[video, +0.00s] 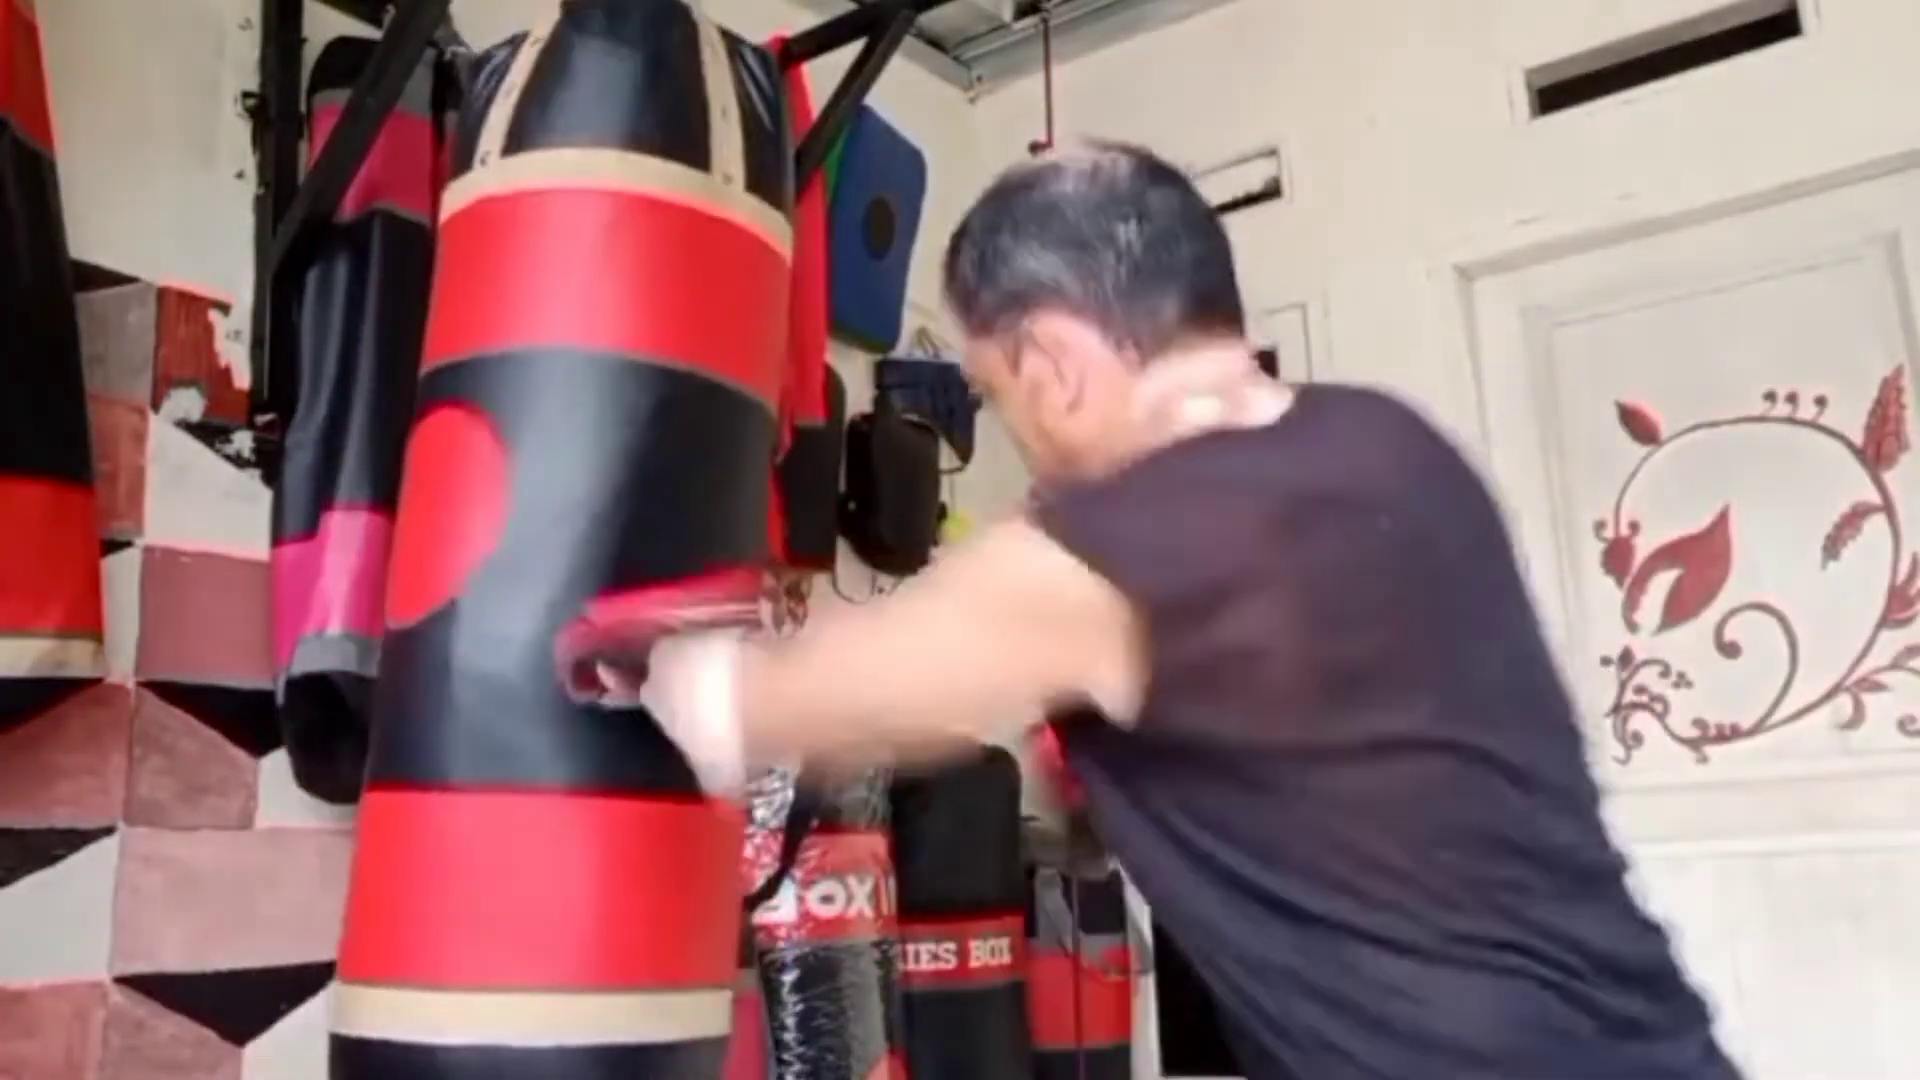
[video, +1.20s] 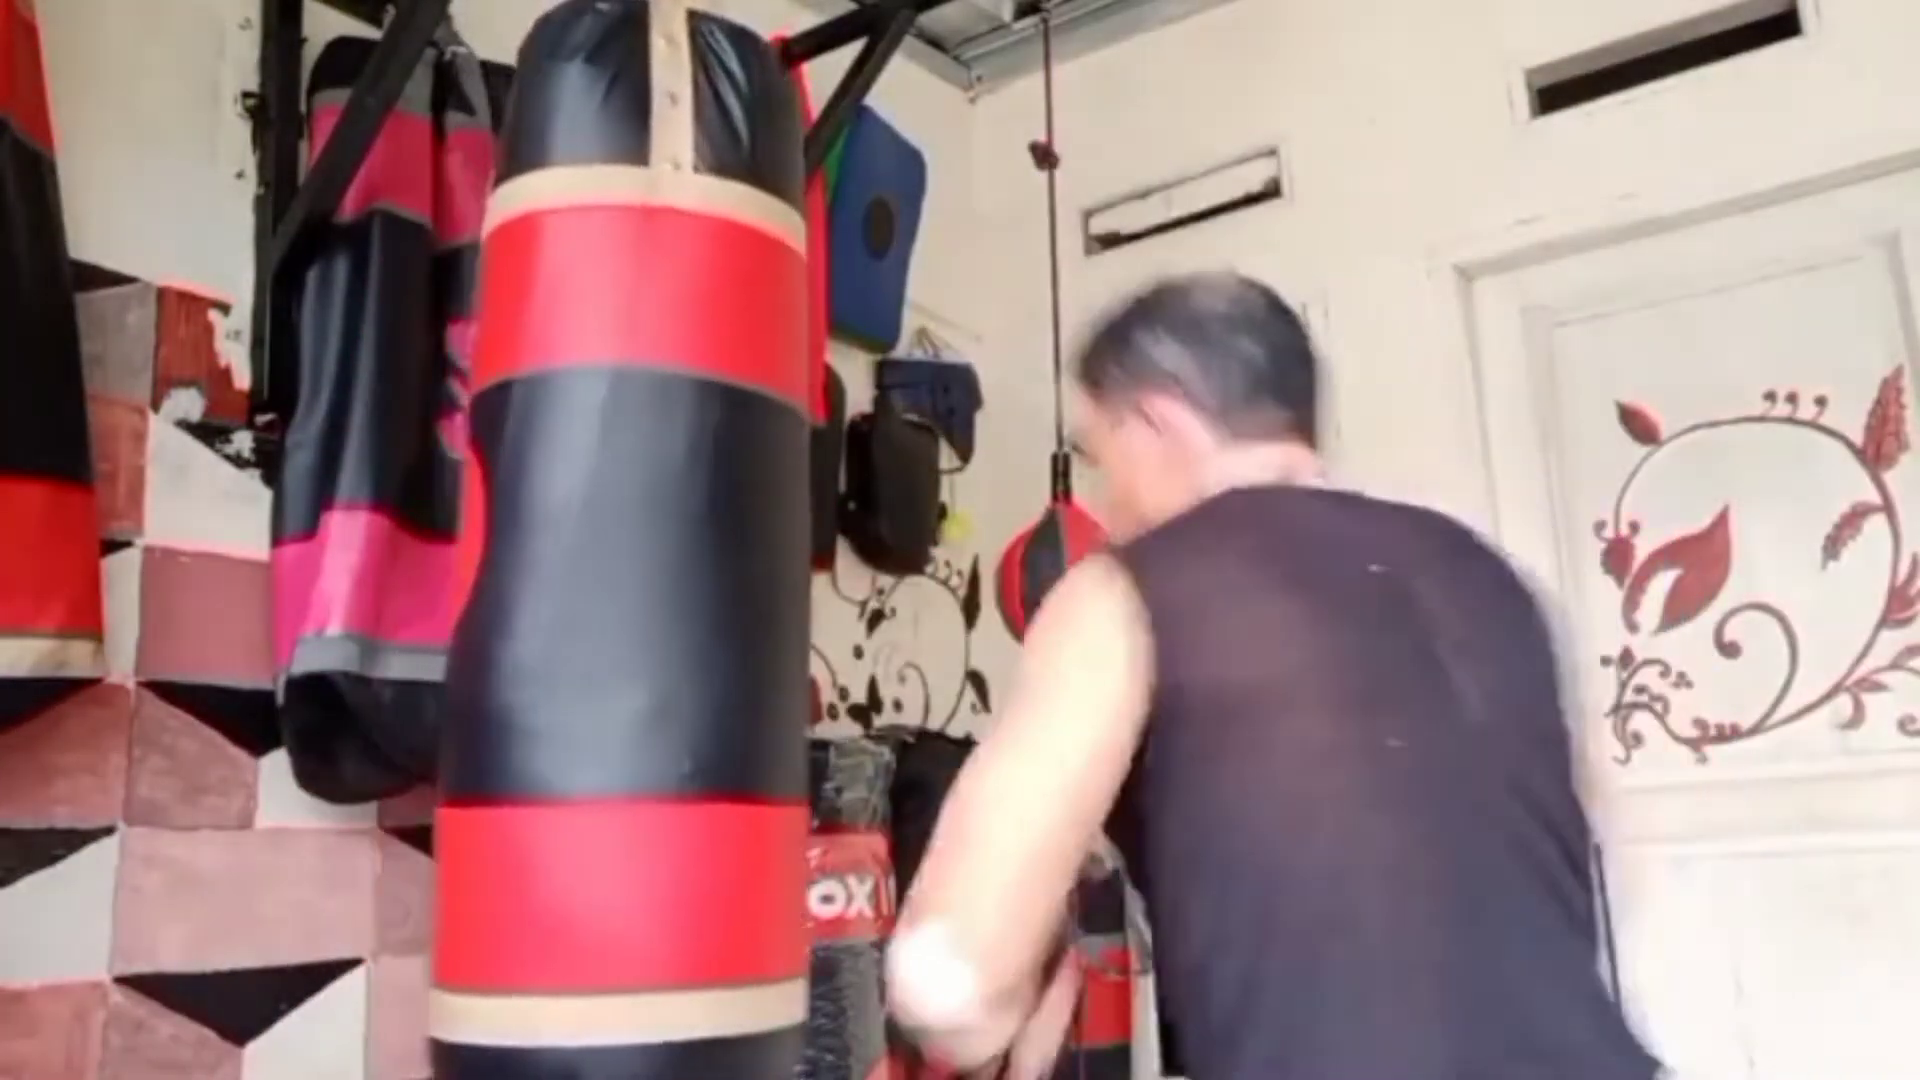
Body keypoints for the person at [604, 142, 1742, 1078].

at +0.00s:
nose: (1015, 434)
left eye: (1000, 385)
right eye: (997, 394)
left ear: (1065, 352)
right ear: (1222, 307)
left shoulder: (1101, 557)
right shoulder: (1396, 445)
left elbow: (741, 714)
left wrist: (687, 659)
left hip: (1430, 1056)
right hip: (1651, 1035)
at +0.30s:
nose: (1081, 399)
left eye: (1072, 361)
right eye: (1066, 367)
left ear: (1137, 315)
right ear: (1280, 284)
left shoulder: (1125, 492)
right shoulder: (1508, 420)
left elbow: (886, 790)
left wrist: (800, 662)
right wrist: (931, 631)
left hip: (1375, 1057)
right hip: (1686, 1040)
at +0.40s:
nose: (1121, 412)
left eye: (1109, 372)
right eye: (1102, 380)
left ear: (1173, 320)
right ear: (1309, 298)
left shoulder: (1157, 494)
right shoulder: (1538, 428)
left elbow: (965, 835)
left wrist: (885, 677)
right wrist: (1017, 633)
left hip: (1391, 1055)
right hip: (1702, 1041)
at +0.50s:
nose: (1190, 447)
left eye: (1183, 407)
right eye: (1176, 416)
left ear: (1251, 351)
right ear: (1376, 334)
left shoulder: (1232, 521)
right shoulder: (1597, 490)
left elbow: (1052, 898)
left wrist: (1034, 721)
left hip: (1415, 1045)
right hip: (1725, 1039)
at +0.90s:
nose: (1181, 503)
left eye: (1178, 472)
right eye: (1170, 479)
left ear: (1245, 431)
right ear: (1371, 418)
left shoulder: (1194, 559)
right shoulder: (1600, 546)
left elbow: (1016, 919)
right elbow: (1705, 877)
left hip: (1398, 1049)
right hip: (1698, 1049)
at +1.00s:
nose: (1166, 508)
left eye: (1164, 476)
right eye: (1155, 483)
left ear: (1234, 430)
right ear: (1365, 422)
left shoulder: (1184, 564)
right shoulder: (1593, 557)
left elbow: (981, 942)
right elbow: (1699, 910)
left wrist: (962, 1040)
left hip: (1356, 1055)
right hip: (1668, 1055)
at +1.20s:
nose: (1099, 497)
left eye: (1094, 453)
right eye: (1087, 461)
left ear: (1165, 419)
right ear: (1298, 421)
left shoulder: (1130, 593)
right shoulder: (1493, 578)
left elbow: (944, 990)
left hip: (1305, 1048)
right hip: (1584, 1047)